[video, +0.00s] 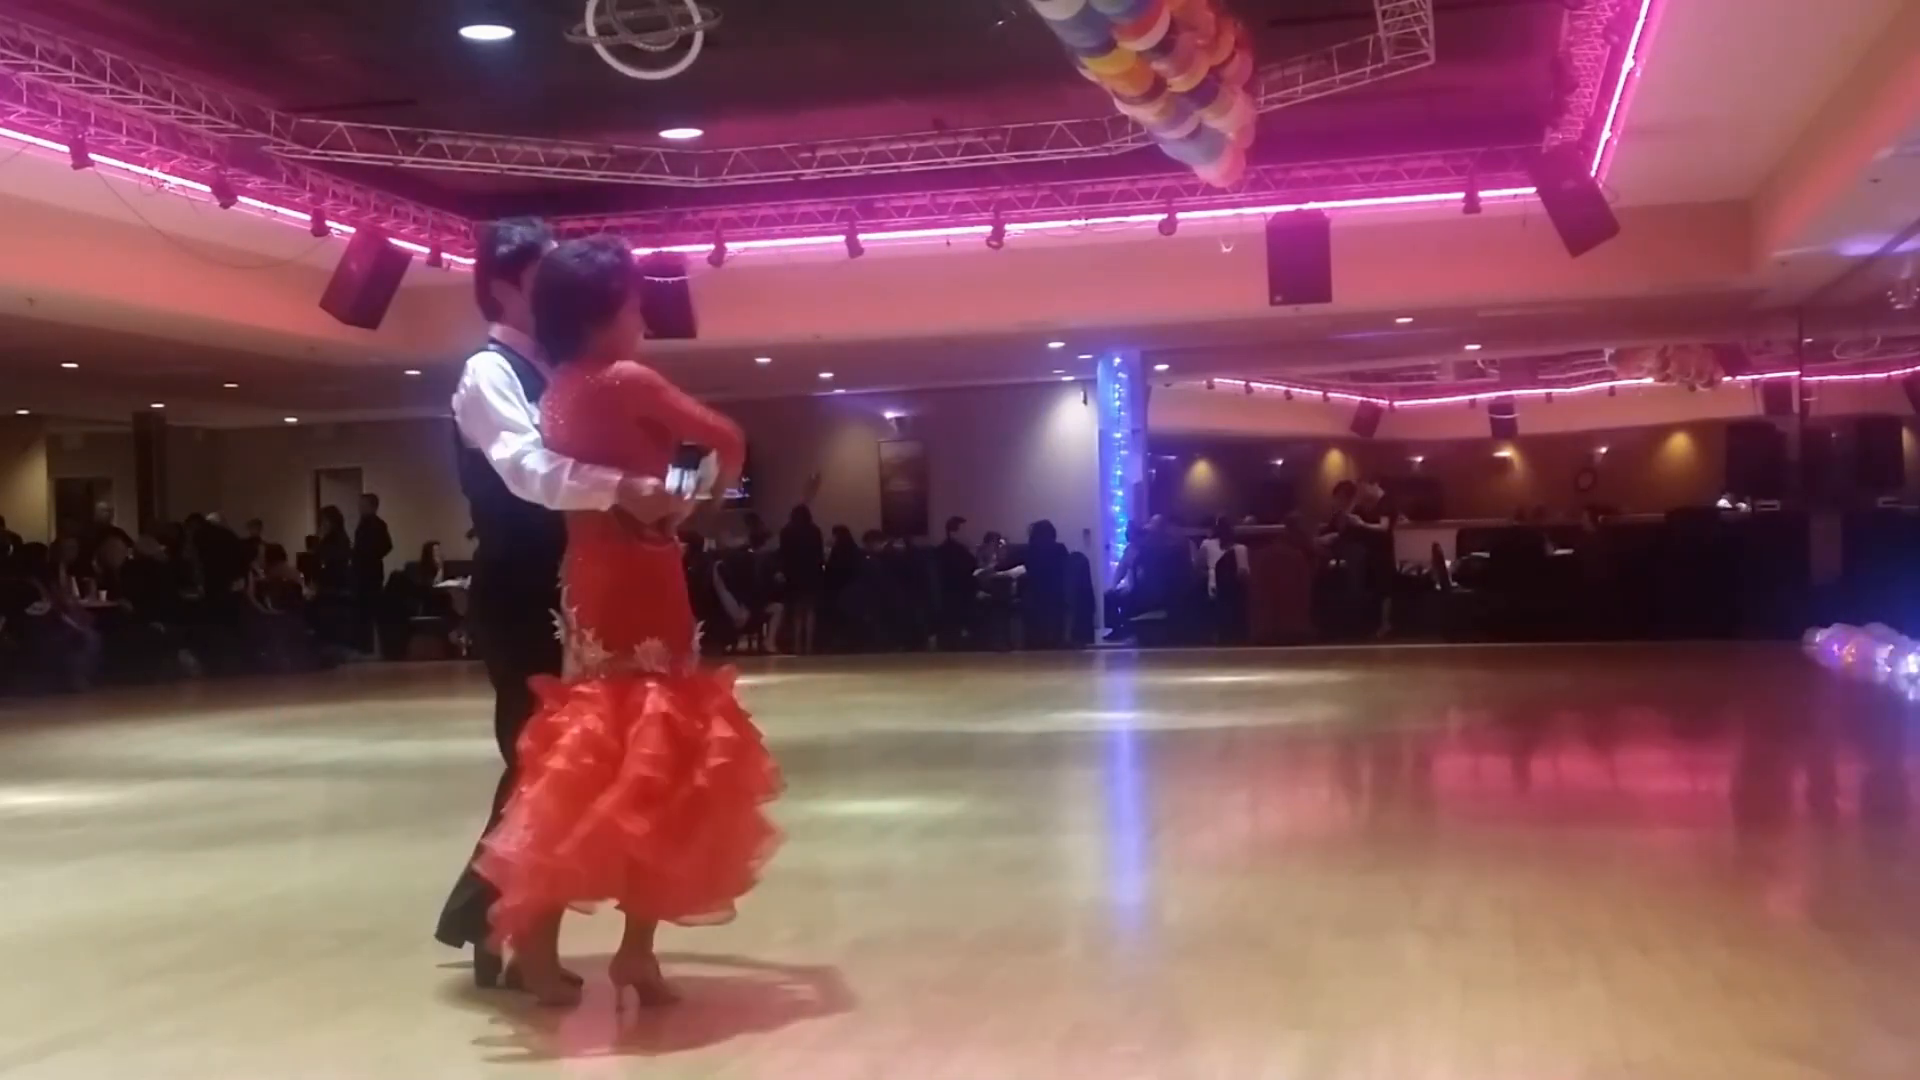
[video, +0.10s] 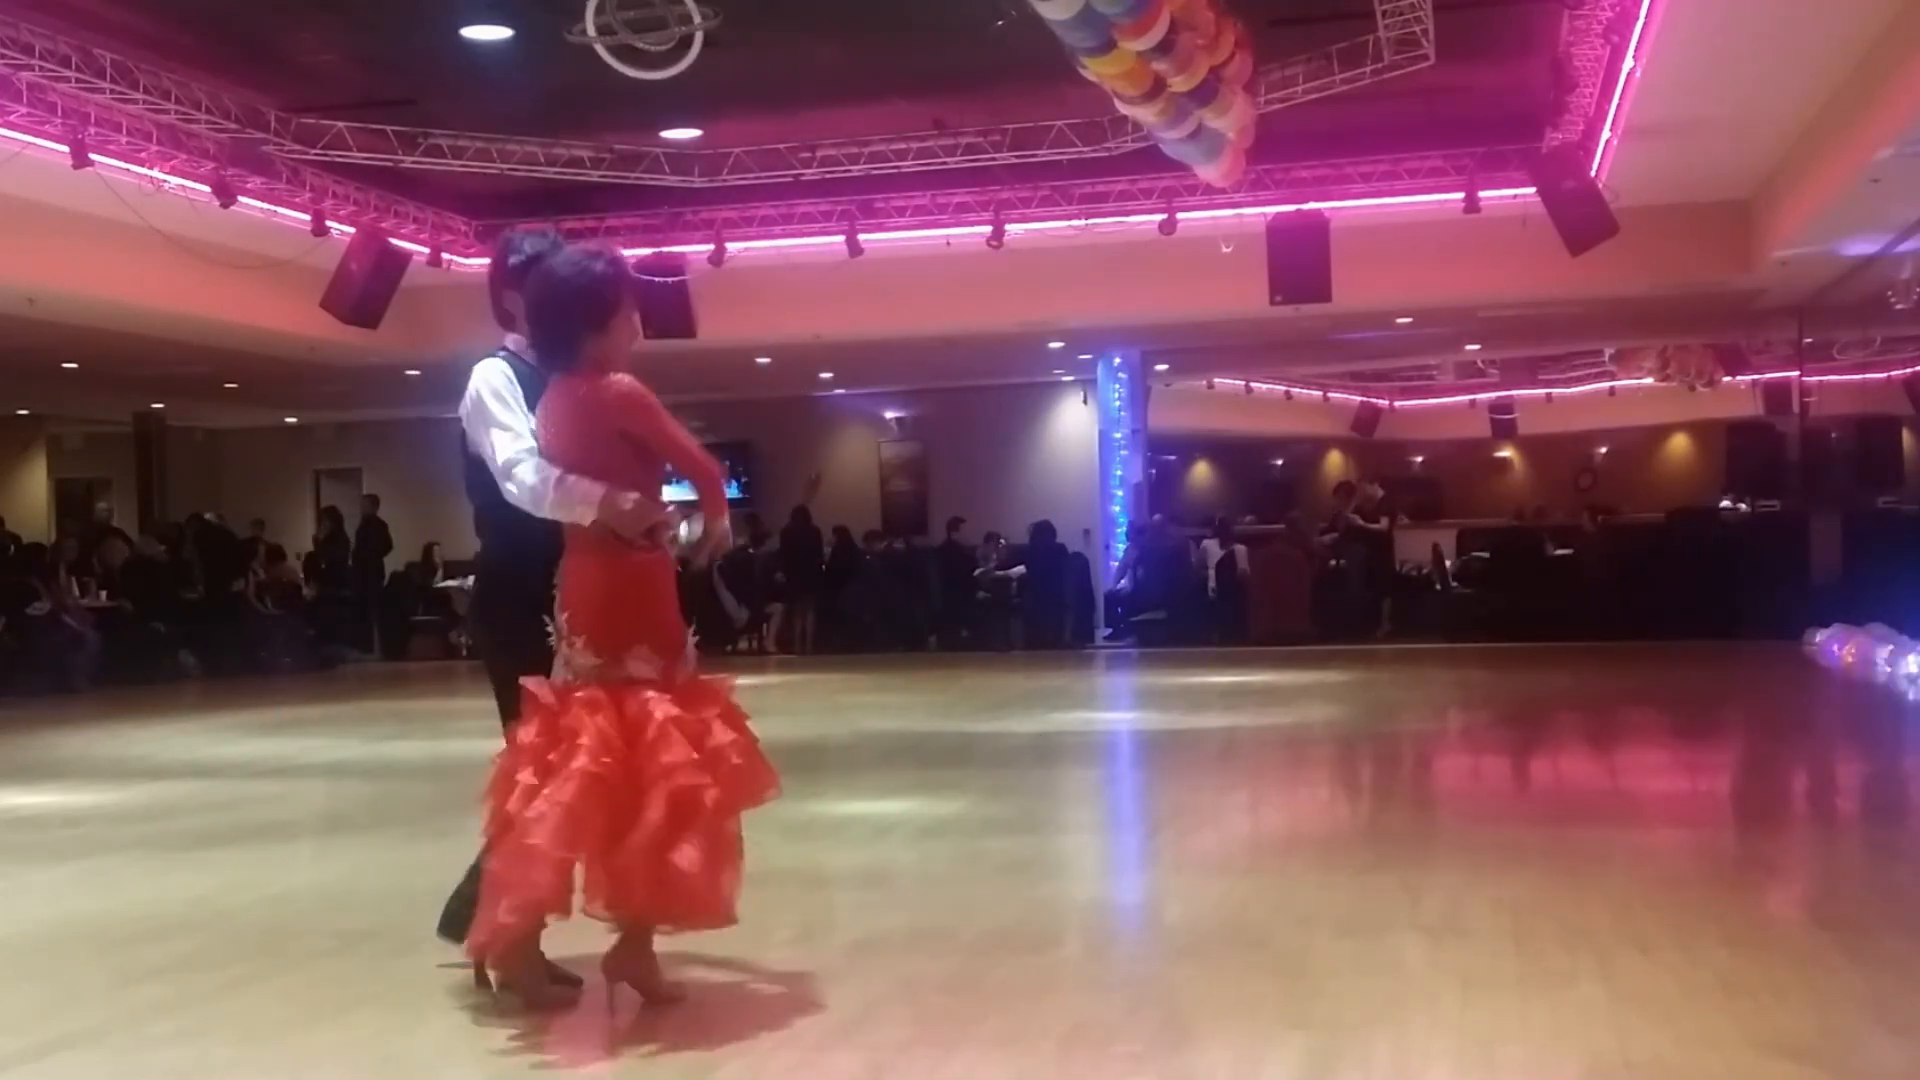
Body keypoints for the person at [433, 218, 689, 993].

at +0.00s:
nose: (554, 295)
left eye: (556, 279)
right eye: (539, 281)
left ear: (541, 287)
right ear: (500, 289)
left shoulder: (561, 373)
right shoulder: (485, 373)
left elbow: (615, 448)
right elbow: (527, 467)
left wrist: (668, 493)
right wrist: (624, 490)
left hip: (576, 584)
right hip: (520, 593)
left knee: (564, 760)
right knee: (541, 762)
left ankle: (510, 919)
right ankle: (489, 920)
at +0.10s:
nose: (641, 320)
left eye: (635, 307)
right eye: (631, 309)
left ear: (555, 327)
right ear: (606, 321)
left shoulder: (553, 401)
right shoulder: (623, 396)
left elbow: (601, 479)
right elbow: (703, 467)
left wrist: (657, 517)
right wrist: (717, 528)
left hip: (578, 577)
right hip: (636, 578)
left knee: (577, 756)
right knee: (651, 759)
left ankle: (511, 923)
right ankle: (636, 941)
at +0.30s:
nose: (569, 300)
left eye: (573, 285)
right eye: (554, 288)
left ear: (578, 294)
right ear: (518, 296)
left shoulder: (601, 380)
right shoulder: (493, 374)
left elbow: (653, 465)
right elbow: (511, 476)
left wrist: (682, 525)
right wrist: (598, 510)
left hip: (599, 584)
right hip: (528, 587)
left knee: (595, 762)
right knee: (530, 767)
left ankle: (578, 921)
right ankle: (505, 941)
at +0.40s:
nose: (584, 298)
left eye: (586, 284)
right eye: (568, 286)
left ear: (589, 294)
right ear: (528, 298)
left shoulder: (609, 379)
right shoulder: (497, 376)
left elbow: (662, 466)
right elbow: (500, 479)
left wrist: (709, 517)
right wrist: (583, 507)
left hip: (614, 583)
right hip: (540, 585)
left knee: (622, 752)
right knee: (539, 759)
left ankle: (640, 925)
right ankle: (513, 942)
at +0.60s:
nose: (594, 303)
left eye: (603, 289)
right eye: (576, 290)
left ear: (618, 301)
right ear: (542, 303)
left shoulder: (643, 384)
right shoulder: (513, 387)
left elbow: (672, 467)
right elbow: (499, 489)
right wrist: (587, 498)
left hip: (634, 585)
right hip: (553, 587)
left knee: (639, 741)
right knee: (555, 748)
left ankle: (648, 911)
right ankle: (543, 928)